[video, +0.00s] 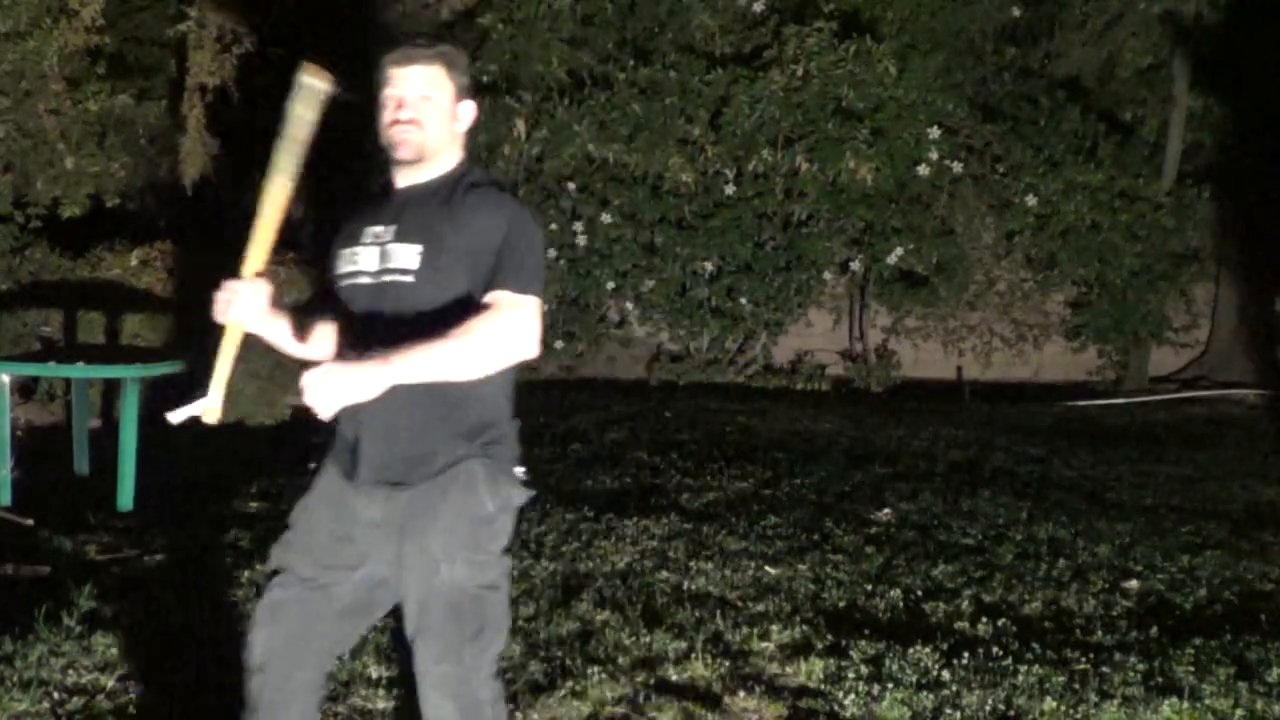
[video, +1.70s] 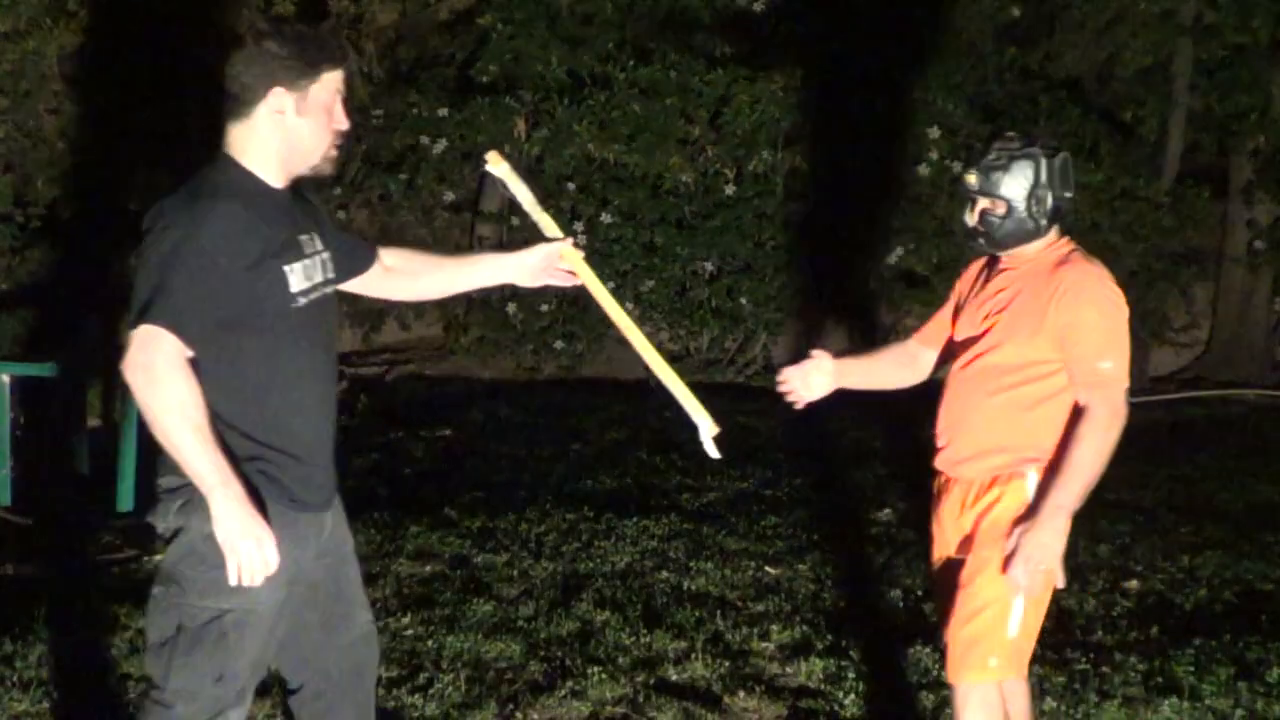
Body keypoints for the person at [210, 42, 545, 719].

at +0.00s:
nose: (398, 112)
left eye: (420, 99)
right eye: (388, 100)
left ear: (464, 114)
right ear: (375, 115)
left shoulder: (501, 218)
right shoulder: (359, 226)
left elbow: (516, 333)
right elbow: (336, 341)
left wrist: (373, 373)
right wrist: (269, 320)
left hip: (459, 480)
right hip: (353, 481)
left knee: (455, 688)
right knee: (278, 657)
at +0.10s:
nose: (357, 118)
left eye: (377, 105)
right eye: (345, 106)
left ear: (417, 121)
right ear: (329, 122)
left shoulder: (455, 225)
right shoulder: (310, 227)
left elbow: (487, 337)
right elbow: (273, 337)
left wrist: (353, 374)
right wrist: (200, 326)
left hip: (414, 491)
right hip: (302, 492)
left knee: (432, 695)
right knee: (229, 673)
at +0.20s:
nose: (314, 114)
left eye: (335, 100)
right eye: (299, 100)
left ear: (368, 117)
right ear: (278, 116)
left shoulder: (409, 225)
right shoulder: (249, 224)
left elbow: (464, 340)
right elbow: (191, 330)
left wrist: (375, 400)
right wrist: (112, 365)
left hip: (364, 496)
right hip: (251, 491)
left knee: (384, 690)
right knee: (193, 674)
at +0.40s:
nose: (285, 106)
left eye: (296, 90)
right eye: (263, 88)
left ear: (308, 100)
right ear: (218, 97)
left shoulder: (346, 210)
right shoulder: (159, 211)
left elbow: (416, 315)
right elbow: (86, 330)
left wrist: (411, 409)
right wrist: (58, 446)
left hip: (309, 483)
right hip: (184, 482)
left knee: (294, 680)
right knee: (168, 679)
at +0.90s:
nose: (282, 119)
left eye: (285, 100)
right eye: (267, 96)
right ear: (205, 91)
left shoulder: (269, 212)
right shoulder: (118, 200)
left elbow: (307, 328)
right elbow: (45, 333)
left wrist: (366, 371)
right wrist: (153, 435)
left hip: (252, 497)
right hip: (147, 498)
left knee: (232, 699)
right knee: (154, 695)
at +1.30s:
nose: (273, 111)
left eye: (271, 89)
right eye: (262, 87)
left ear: (209, 92)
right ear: (203, 90)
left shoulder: (223, 201)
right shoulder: (112, 215)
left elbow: (302, 280)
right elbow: (99, 372)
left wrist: (434, 302)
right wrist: (227, 479)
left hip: (233, 472)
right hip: (144, 484)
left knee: (304, 632)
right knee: (155, 695)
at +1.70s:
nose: (346, 123)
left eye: (345, 104)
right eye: (337, 102)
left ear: (285, 107)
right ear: (283, 105)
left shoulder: (300, 216)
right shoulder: (201, 218)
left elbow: (384, 272)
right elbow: (149, 357)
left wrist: (518, 265)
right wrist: (226, 498)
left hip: (317, 523)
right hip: (228, 530)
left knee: (343, 695)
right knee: (193, 707)